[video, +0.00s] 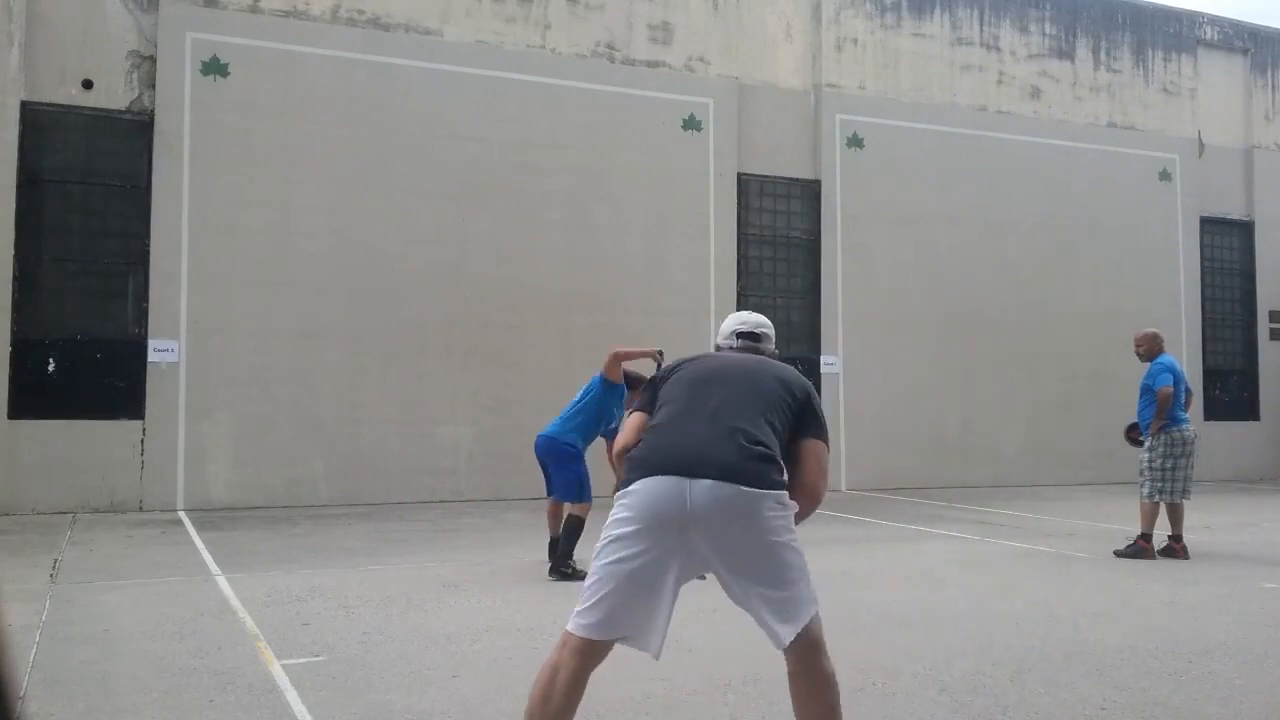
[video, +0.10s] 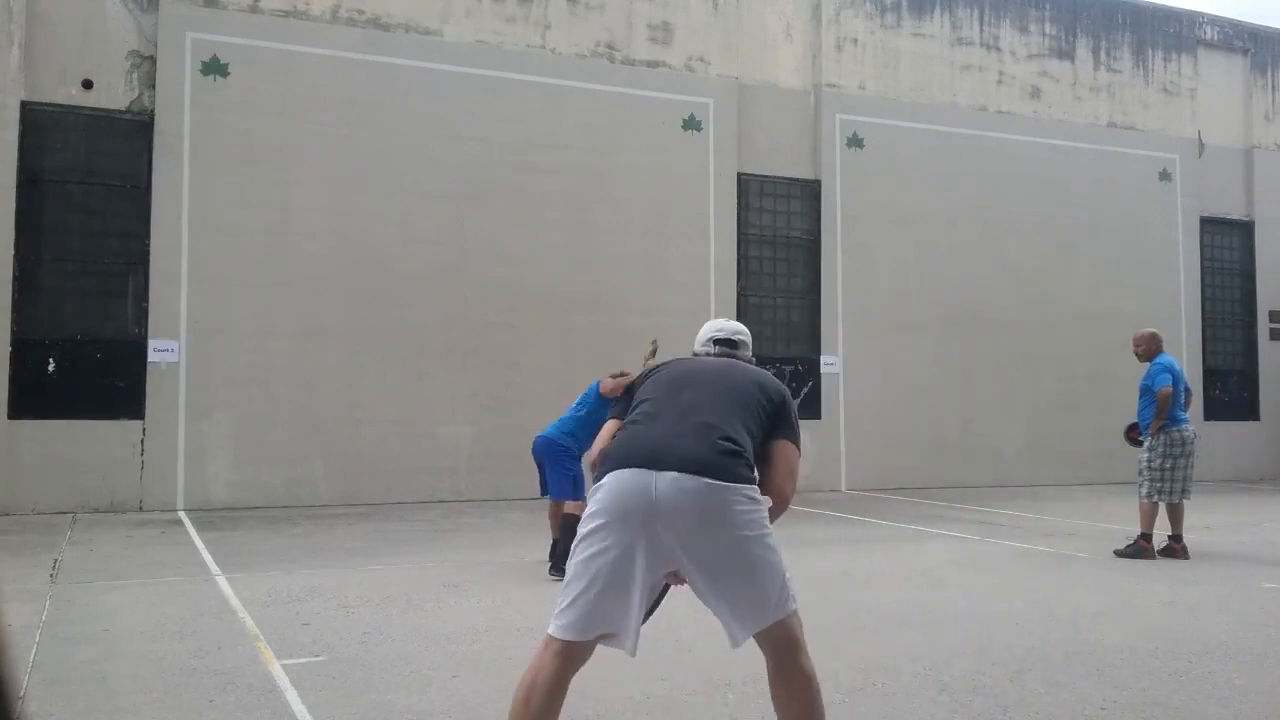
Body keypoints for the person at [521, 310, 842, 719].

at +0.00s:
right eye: (768, 348)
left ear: (719, 346)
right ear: (772, 351)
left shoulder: (674, 369)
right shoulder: (794, 382)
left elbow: (621, 447)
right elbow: (809, 489)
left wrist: (640, 502)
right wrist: (758, 534)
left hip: (650, 487)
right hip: (746, 493)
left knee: (578, 649)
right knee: (805, 644)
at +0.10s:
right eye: (745, 355)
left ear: (697, 351)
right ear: (749, 358)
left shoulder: (654, 372)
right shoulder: (770, 386)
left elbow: (596, 456)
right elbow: (779, 493)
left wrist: (644, 550)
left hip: (621, 479)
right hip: (718, 485)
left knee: (561, 649)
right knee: (784, 645)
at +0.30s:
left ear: (665, 351)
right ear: (718, 357)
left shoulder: (629, 373)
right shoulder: (747, 387)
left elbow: (580, 457)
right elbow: (756, 487)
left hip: (620, 483)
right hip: (717, 486)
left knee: (562, 651)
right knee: (777, 651)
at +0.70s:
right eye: (758, 326)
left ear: (700, 320)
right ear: (755, 327)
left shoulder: (653, 348)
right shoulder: (770, 360)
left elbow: (604, 443)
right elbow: (777, 468)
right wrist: (722, 539)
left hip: (630, 483)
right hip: (722, 488)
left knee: (571, 649)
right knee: (791, 644)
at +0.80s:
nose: (793, 317)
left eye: (792, 311)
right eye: (792, 311)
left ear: (731, 308)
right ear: (785, 311)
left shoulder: (681, 339)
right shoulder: (793, 349)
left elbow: (620, 423)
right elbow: (802, 448)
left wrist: (620, 497)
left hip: (651, 481)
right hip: (739, 487)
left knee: (589, 649)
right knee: (808, 643)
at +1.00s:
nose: (835, 295)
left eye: (834, 286)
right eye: (833, 286)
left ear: (777, 289)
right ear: (821, 287)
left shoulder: (718, 321)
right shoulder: (829, 335)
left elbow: (653, 380)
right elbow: (858, 428)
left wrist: (615, 460)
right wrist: (840, 498)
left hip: (681, 465)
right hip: (763, 469)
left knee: (659, 623)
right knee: (807, 636)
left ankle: (637, 715)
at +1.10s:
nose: (834, 294)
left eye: (832, 285)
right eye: (831, 285)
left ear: (775, 290)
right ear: (821, 288)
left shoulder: (722, 321)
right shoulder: (833, 338)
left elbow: (666, 381)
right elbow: (877, 434)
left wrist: (618, 455)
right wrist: (853, 498)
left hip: (692, 467)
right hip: (772, 468)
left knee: (697, 613)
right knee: (802, 636)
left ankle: (707, 715)